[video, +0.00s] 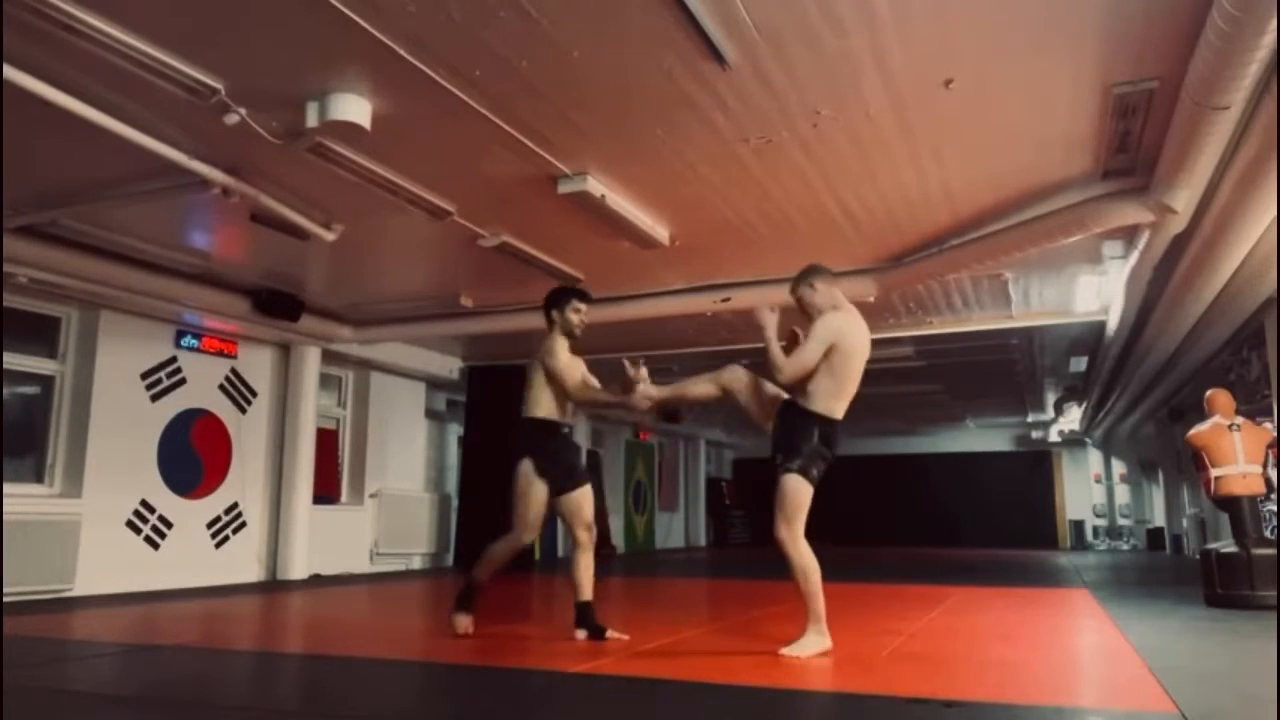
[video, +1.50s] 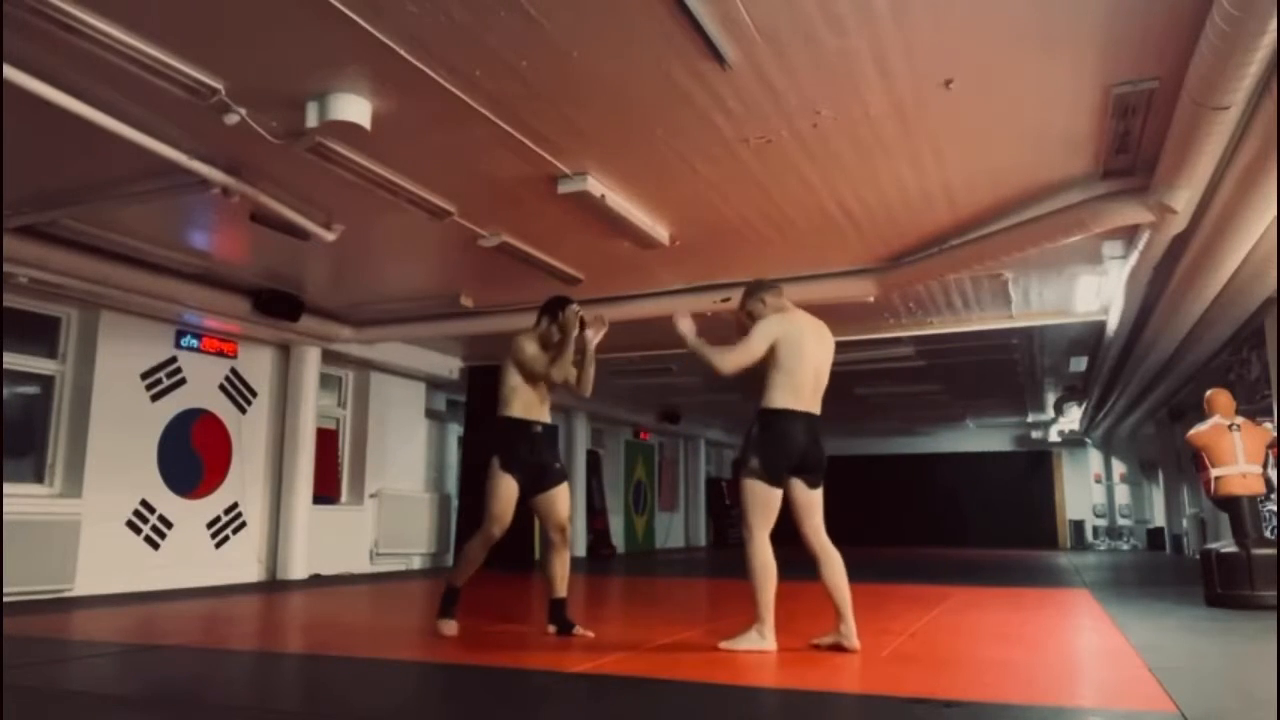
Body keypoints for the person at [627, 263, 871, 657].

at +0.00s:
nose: (803, 309)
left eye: (803, 300)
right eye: (801, 303)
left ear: (820, 287)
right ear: (826, 288)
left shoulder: (834, 322)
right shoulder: (851, 324)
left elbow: (785, 372)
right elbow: (820, 380)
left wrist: (769, 331)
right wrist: (800, 348)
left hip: (810, 430)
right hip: (793, 416)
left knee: (789, 532)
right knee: (733, 376)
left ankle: (818, 632)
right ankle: (652, 394)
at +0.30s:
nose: (797, 314)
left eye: (795, 305)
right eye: (793, 308)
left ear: (810, 289)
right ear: (816, 290)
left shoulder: (831, 325)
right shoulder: (846, 327)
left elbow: (787, 379)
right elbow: (811, 383)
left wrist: (765, 332)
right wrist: (788, 358)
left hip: (810, 433)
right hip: (799, 424)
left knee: (792, 537)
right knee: (732, 417)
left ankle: (820, 635)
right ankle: (699, 496)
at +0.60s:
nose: (783, 310)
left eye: (782, 301)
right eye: (780, 303)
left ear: (799, 288)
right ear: (807, 285)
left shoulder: (813, 322)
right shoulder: (841, 321)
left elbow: (816, 388)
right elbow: (834, 387)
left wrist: (782, 418)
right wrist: (786, 405)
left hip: (811, 428)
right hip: (831, 427)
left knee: (803, 534)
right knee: (822, 535)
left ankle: (821, 633)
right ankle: (848, 625)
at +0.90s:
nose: (781, 316)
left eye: (779, 307)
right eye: (776, 310)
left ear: (793, 293)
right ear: (803, 291)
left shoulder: (812, 320)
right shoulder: (842, 325)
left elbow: (780, 366)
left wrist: (734, 343)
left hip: (811, 431)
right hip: (839, 433)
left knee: (764, 519)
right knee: (840, 535)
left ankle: (775, 619)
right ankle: (851, 631)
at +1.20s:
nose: (773, 318)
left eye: (772, 312)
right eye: (770, 313)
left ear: (785, 296)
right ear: (797, 293)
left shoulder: (796, 324)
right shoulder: (837, 332)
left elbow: (744, 366)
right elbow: (784, 370)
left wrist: (703, 340)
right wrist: (749, 348)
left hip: (786, 432)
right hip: (821, 435)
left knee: (770, 533)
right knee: (829, 537)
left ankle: (764, 630)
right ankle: (850, 630)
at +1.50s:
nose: (754, 322)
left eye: (753, 314)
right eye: (751, 316)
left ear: (766, 301)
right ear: (782, 297)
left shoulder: (775, 323)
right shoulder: (823, 331)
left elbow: (727, 363)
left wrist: (691, 338)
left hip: (772, 433)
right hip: (810, 435)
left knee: (757, 534)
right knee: (818, 537)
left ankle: (764, 630)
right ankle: (847, 628)